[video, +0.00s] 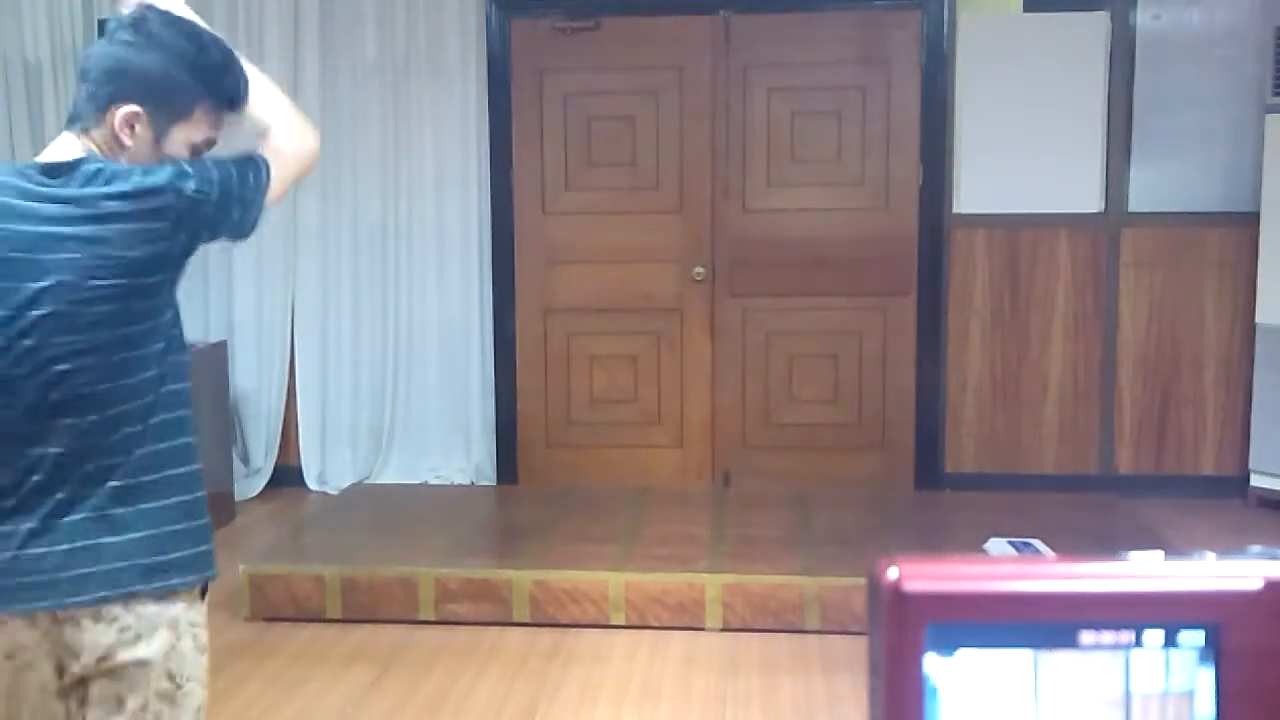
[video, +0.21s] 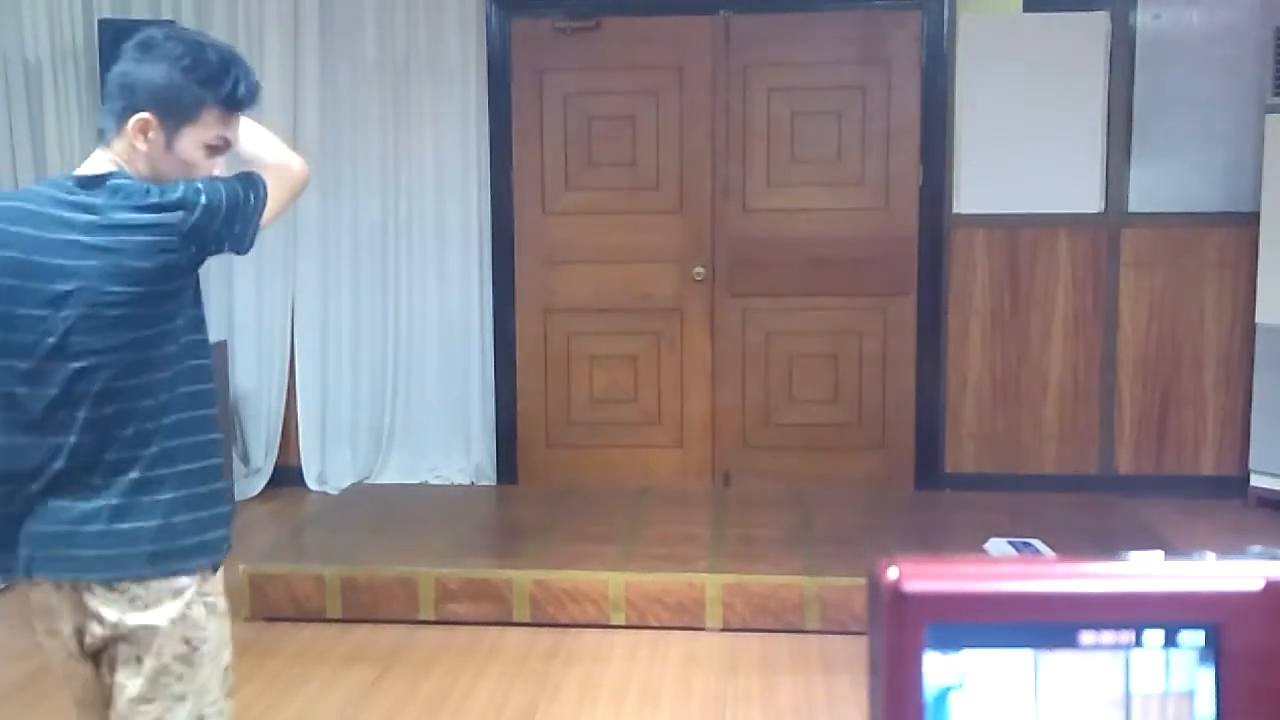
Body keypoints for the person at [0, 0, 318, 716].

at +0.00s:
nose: (198, 163)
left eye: (204, 147)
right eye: (194, 144)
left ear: (113, 124)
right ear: (127, 126)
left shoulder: (8, 194)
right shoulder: (156, 204)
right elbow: (296, 141)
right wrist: (202, 39)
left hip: (11, 574)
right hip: (136, 575)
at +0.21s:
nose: (222, 172)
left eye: (226, 151)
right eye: (212, 151)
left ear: (135, 133)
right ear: (144, 133)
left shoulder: (11, 213)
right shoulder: (169, 218)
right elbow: (287, 170)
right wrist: (216, 102)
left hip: (27, 559)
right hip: (158, 561)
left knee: (51, 712)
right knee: (172, 707)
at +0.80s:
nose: (346, 147)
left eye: (345, 128)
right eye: (328, 131)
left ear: (264, 135)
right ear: (269, 135)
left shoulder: (190, 206)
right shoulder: (288, 204)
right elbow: (407, 182)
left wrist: (330, 166)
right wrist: (348, 147)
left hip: (201, 474)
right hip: (292, 479)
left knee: (226, 655)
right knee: (318, 673)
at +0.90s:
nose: (360, 147)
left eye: (362, 130)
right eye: (344, 132)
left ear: (280, 136)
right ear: (286, 133)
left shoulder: (210, 208)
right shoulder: (312, 210)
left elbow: (204, 333)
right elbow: (430, 236)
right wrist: (407, 186)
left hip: (233, 462)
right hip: (312, 470)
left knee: (264, 630)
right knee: (325, 655)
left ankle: (231, 712)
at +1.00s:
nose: (369, 150)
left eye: (373, 132)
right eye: (354, 133)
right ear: (298, 131)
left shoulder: (229, 207)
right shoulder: (321, 215)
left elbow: (218, 335)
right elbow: (430, 301)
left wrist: (253, 413)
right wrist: (461, 273)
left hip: (255, 459)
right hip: (324, 467)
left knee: (301, 623)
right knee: (331, 652)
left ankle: (285, 708)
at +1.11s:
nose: (378, 157)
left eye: (382, 138)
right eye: (362, 139)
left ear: (306, 142)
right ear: (307, 138)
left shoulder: (248, 211)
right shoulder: (330, 222)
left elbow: (233, 336)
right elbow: (405, 339)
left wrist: (243, 431)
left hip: (278, 457)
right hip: (337, 464)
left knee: (322, 640)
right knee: (340, 657)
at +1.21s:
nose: (386, 160)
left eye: (390, 142)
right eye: (369, 145)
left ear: (313, 149)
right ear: (317, 144)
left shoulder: (267, 212)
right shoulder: (334, 226)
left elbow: (253, 331)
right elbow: (366, 357)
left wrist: (252, 421)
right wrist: (408, 469)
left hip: (297, 457)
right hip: (336, 463)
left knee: (344, 623)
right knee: (353, 633)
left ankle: (322, 709)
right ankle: (324, 712)